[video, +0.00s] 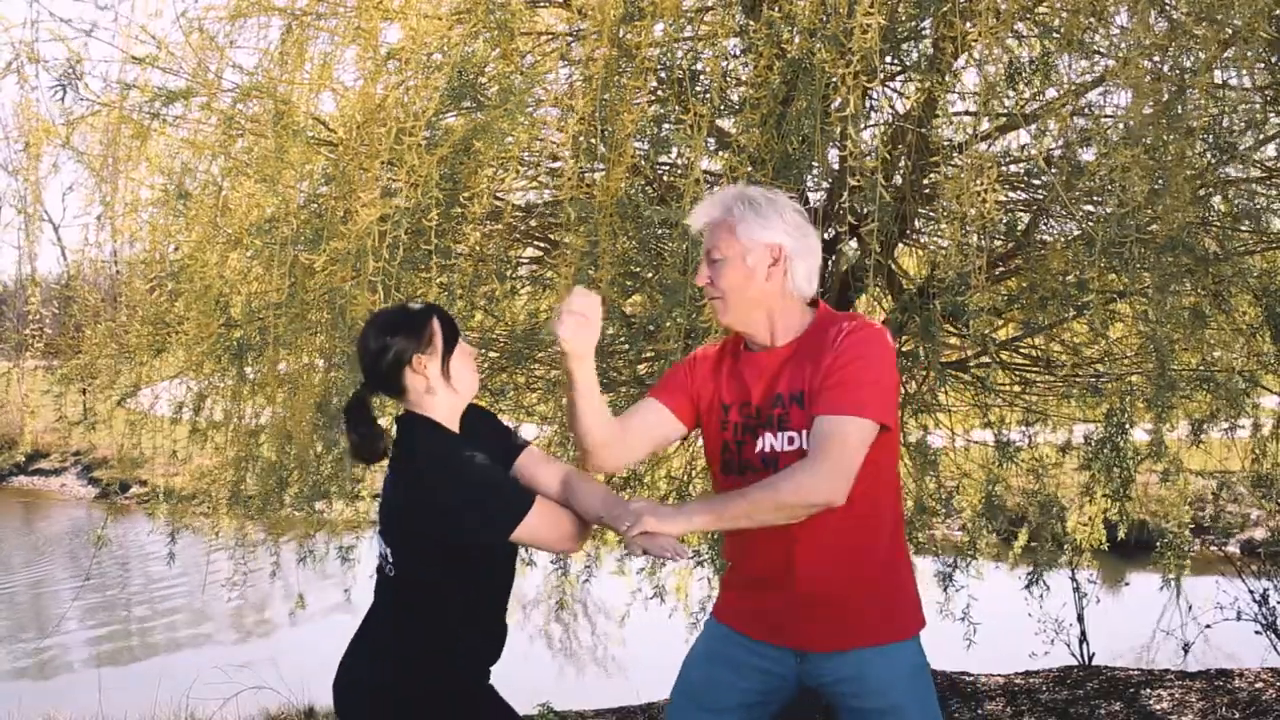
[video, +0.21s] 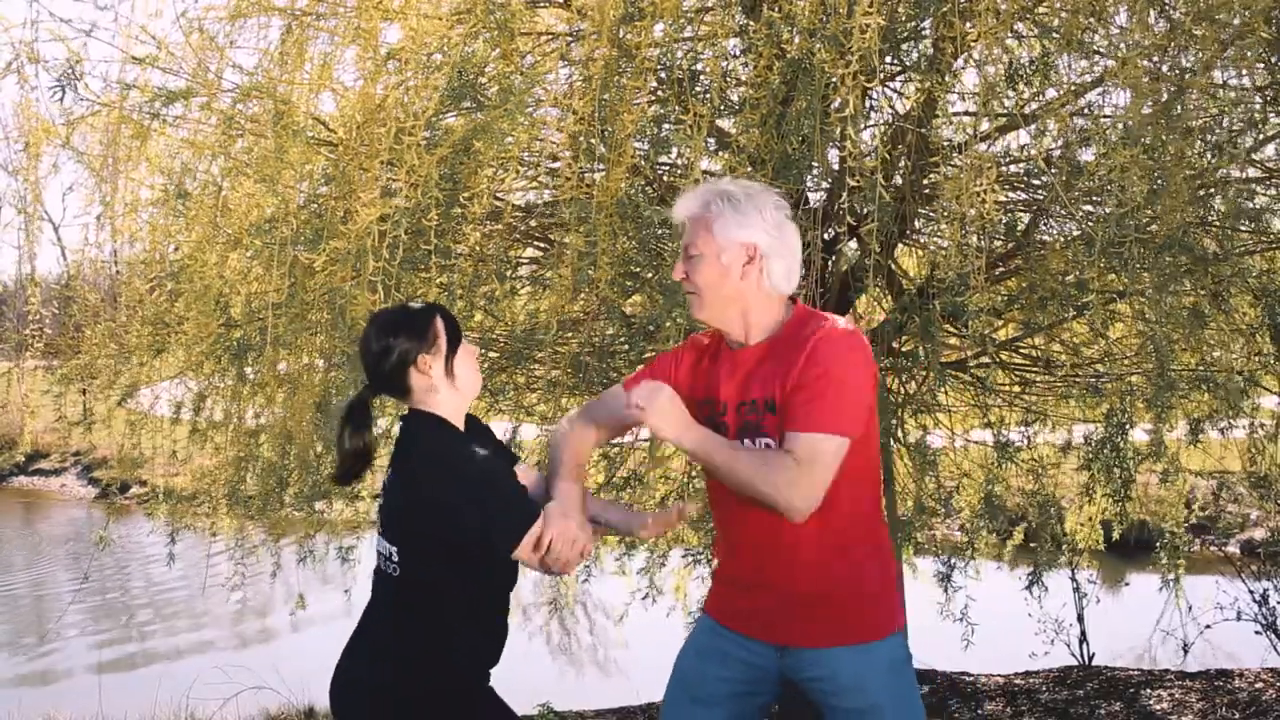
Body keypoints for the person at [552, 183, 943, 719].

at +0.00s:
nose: (700, 278)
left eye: (715, 260)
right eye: (704, 261)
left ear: (774, 262)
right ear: (766, 264)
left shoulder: (857, 344)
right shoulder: (707, 369)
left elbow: (825, 480)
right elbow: (606, 453)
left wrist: (681, 517)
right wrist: (581, 359)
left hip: (869, 646)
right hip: (742, 640)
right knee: (684, 710)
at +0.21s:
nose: (678, 273)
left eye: (692, 256)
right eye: (682, 256)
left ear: (749, 260)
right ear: (743, 261)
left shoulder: (834, 349)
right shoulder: (696, 361)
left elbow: (798, 490)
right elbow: (580, 426)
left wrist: (688, 434)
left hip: (852, 642)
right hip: (731, 634)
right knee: (682, 709)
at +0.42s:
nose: (665, 277)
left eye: (678, 260)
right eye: (668, 260)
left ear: (735, 261)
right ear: (728, 262)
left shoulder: (808, 345)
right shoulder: (689, 361)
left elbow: (692, 454)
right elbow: (586, 435)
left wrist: (567, 434)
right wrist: (560, 506)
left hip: (834, 636)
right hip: (719, 630)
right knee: (670, 711)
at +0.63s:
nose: (651, 278)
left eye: (663, 261)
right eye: (654, 262)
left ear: (719, 260)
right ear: (714, 262)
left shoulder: (805, 348)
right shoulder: (684, 363)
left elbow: (744, 484)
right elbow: (582, 438)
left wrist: (667, 406)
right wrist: (547, 498)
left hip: (832, 636)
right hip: (716, 631)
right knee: (667, 711)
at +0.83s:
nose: (649, 282)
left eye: (660, 264)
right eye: (651, 266)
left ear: (715, 261)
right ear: (713, 264)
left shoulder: (804, 347)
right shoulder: (679, 367)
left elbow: (736, 481)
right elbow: (575, 448)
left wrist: (659, 408)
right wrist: (557, 505)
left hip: (834, 635)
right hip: (717, 632)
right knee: (669, 711)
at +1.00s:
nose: (646, 287)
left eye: (655, 269)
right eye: (645, 272)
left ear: (711, 262)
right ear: (709, 265)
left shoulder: (804, 346)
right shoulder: (682, 365)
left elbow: (735, 478)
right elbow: (574, 449)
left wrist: (668, 397)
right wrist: (554, 509)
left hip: (836, 634)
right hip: (719, 630)